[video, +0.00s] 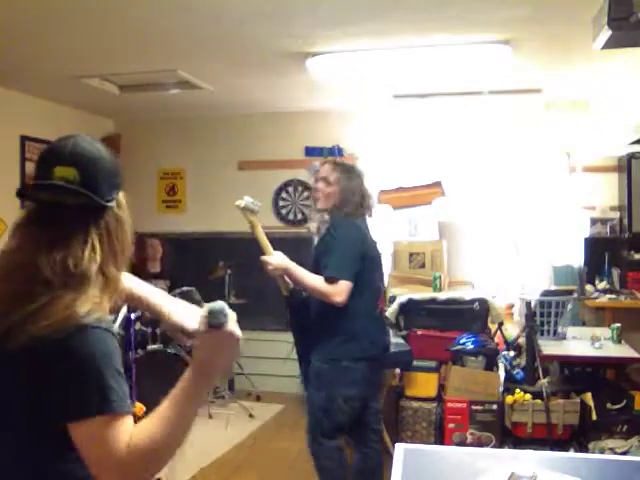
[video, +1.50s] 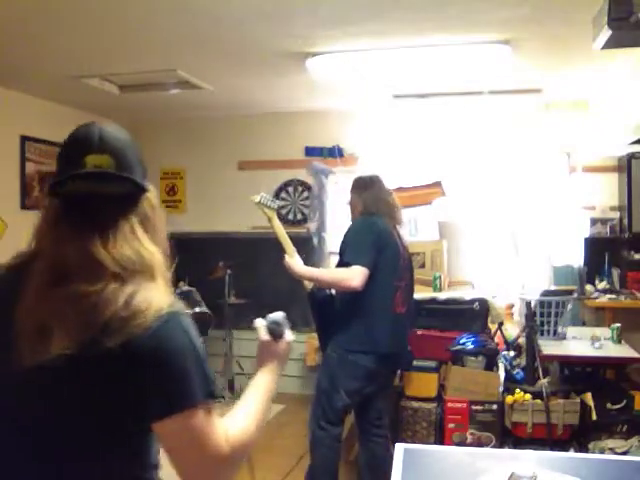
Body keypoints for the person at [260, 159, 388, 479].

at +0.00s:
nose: (316, 187)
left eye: (325, 182)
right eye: (316, 181)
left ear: (346, 189)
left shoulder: (343, 230)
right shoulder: (353, 228)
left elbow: (338, 293)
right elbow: (329, 292)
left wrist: (288, 266)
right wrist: (289, 280)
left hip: (342, 354)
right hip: (365, 351)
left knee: (324, 440)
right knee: (367, 437)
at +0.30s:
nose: (300, 193)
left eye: (308, 187)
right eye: (301, 187)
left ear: (329, 194)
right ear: (328, 196)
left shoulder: (327, 228)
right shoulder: (350, 229)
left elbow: (325, 288)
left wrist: (277, 272)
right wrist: (280, 285)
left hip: (347, 355)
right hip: (370, 351)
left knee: (334, 442)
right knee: (359, 435)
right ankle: (365, 475)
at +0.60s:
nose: (315, 200)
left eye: (322, 194)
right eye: (315, 194)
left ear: (340, 196)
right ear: (350, 199)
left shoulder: (341, 228)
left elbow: (337, 284)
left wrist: (286, 270)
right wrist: (286, 283)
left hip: (349, 357)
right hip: (380, 354)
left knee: (333, 442)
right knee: (372, 436)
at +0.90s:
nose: (337, 205)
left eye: (341, 198)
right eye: (336, 199)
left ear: (357, 197)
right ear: (368, 200)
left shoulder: (361, 225)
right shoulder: (387, 234)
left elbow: (359, 276)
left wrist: (305, 266)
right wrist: (306, 279)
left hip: (357, 347)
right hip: (386, 348)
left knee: (324, 424)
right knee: (373, 430)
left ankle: (328, 475)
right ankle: (376, 476)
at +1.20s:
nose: (343, 204)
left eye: (346, 197)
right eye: (344, 197)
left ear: (359, 198)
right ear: (375, 199)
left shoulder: (365, 225)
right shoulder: (391, 232)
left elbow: (360, 276)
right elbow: (389, 289)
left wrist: (308, 270)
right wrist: (337, 280)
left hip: (356, 347)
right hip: (386, 348)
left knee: (326, 424)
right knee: (374, 428)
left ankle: (322, 475)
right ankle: (377, 476)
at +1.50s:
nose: (349, 205)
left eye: (351, 200)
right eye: (350, 200)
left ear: (359, 200)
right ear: (384, 199)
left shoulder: (365, 228)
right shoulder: (394, 235)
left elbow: (354, 278)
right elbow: (389, 293)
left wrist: (302, 270)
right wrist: (323, 282)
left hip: (356, 348)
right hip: (386, 349)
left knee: (325, 423)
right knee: (375, 429)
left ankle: (321, 475)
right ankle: (377, 476)